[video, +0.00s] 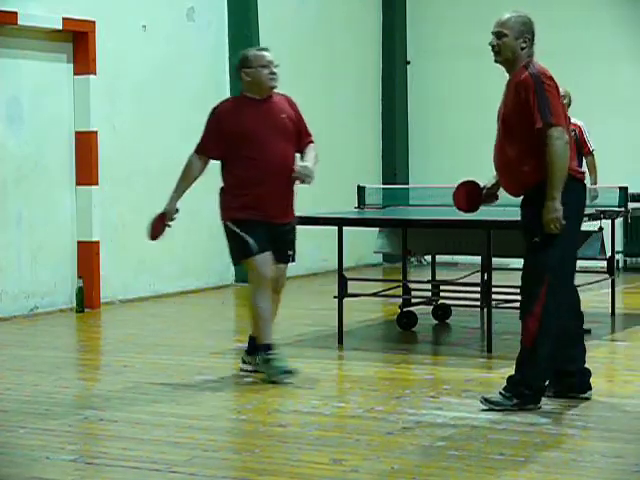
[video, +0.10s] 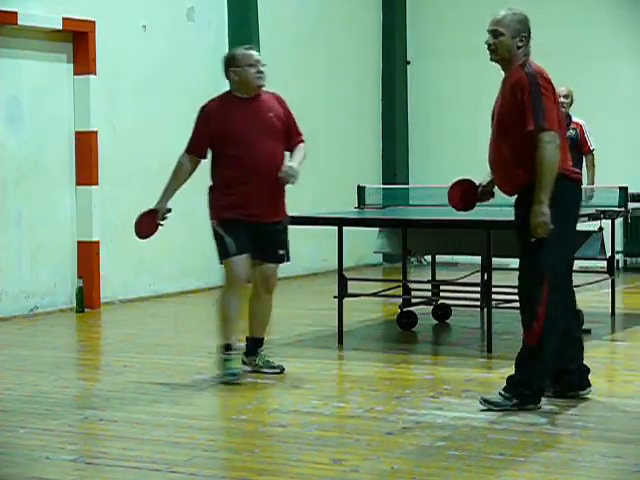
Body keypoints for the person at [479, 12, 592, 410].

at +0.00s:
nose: (492, 42)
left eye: (499, 36)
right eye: (492, 36)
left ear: (523, 42)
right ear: (512, 44)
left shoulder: (534, 77)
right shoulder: (517, 81)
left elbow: (558, 135)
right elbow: (525, 141)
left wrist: (553, 200)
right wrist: (498, 184)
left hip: (556, 194)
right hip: (544, 193)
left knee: (540, 285)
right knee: (557, 286)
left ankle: (525, 388)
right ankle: (571, 378)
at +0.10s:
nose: (488, 40)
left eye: (496, 35)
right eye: (488, 34)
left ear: (520, 41)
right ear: (505, 43)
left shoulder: (530, 77)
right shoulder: (513, 80)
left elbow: (549, 139)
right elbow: (519, 141)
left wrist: (541, 201)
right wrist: (493, 182)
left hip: (551, 191)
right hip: (537, 191)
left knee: (538, 285)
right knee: (554, 285)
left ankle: (526, 388)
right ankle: (570, 377)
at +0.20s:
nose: (486, 38)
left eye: (494, 33)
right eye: (486, 33)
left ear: (518, 39)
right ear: (501, 41)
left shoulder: (528, 76)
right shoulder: (511, 78)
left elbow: (541, 141)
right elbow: (518, 139)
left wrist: (521, 202)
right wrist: (491, 180)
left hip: (548, 189)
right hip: (536, 188)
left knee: (538, 282)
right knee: (546, 281)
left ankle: (527, 387)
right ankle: (567, 373)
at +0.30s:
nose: (485, 38)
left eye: (493, 33)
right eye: (485, 32)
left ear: (518, 38)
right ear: (496, 40)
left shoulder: (527, 76)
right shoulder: (510, 78)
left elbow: (534, 142)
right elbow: (520, 140)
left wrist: (503, 199)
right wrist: (493, 178)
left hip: (543, 192)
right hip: (526, 193)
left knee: (538, 287)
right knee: (525, 287)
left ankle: (527, 388)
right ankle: (564, 369)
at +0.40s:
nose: (486, 38)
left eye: (494, 32)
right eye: (485, 32)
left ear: (518, 37)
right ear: (494, 39)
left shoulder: (527, 75)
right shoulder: (507, 79)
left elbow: (532, 141)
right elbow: (512, 142)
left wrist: (493, 190)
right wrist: (487, 182)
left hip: (542, 194)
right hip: (521, 196)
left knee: (535, 287)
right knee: (515, 288)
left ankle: (527, 388)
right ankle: (559, 366)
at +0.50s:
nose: (487, 37)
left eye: (495, 31)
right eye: (487, 31)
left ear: (520, 36)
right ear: (497, 38)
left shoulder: (529, 75)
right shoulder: (506, 80)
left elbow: (534, 140)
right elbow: (510, 141)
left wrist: (494, 188)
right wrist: (487, 181)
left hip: (541, 194)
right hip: (518, 195)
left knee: (534, 286)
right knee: (511, 287)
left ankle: (528, 387)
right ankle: (556, 367)